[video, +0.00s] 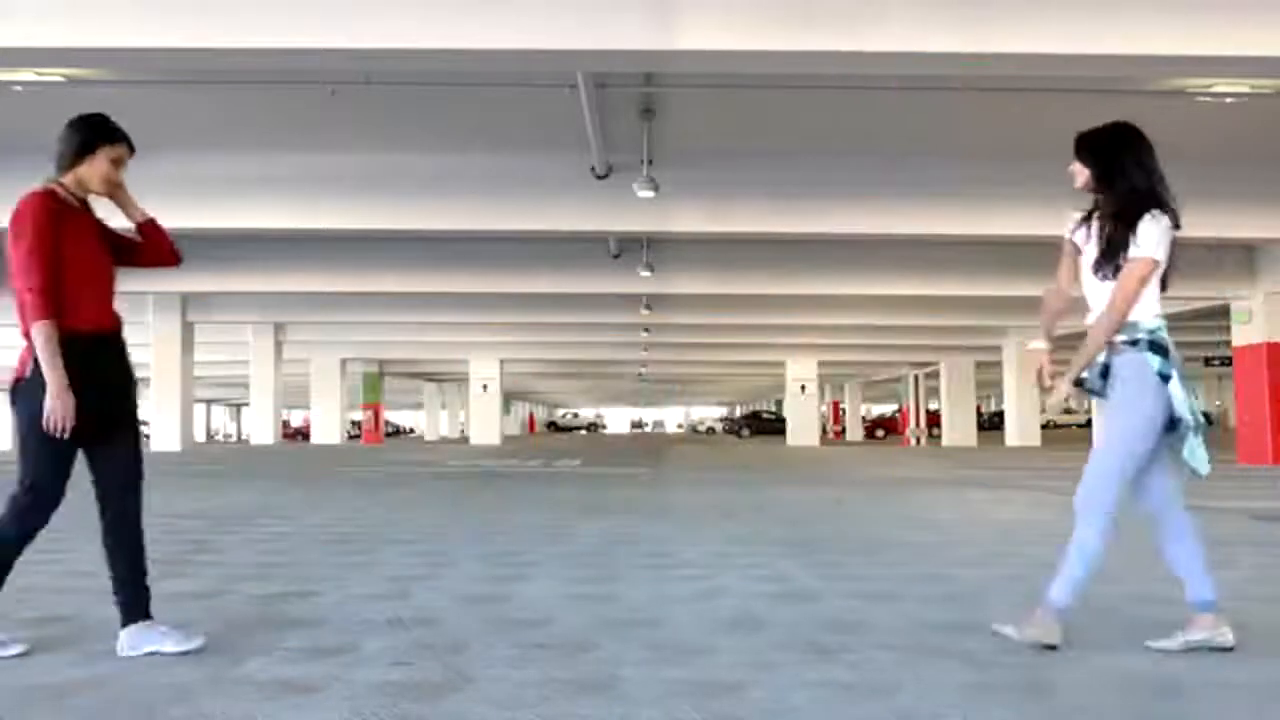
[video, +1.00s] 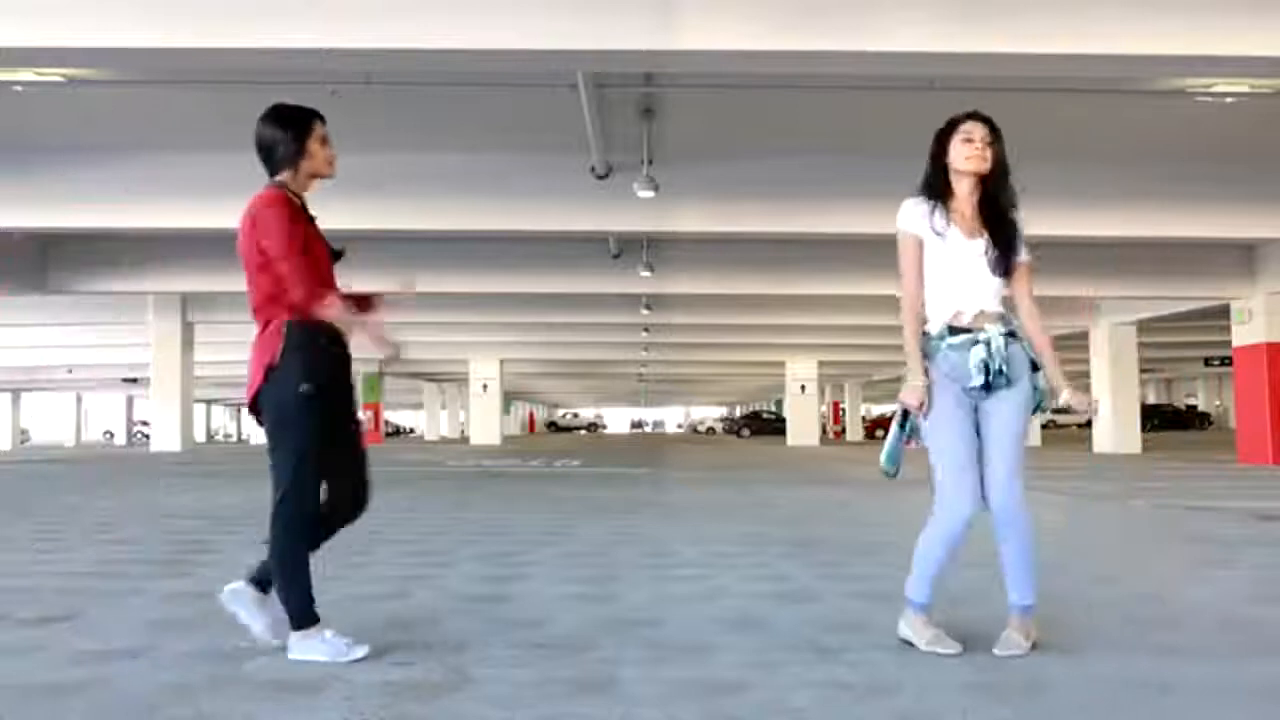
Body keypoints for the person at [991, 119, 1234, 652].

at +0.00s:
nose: (1071, 168)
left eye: (1081, 160)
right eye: (1074, 159)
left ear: (1108, 167)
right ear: (1111, 168)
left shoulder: (1153, 223)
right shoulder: (1083, 227)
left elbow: (1120, 304)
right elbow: (1062, 292)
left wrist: (1075, 368)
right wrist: (1045, 340)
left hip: (1141, 368)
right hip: (1110, 367)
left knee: (1097, 491)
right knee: (1161, 498)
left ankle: (1050, 614)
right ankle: (1206, 616)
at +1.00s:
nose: (976, 148)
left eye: (985, 142)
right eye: (965, 140)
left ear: (996, 158)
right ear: (944, 152)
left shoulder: (1006, 225)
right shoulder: (919, 213)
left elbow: (1025, 306)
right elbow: (911, 298)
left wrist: (1059, 381)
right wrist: (914, 372)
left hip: (1007, 358)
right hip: (943, 359)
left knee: (1005, 493)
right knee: (960, 498)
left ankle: (1022, 618)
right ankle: (915, 612)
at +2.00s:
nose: (930, 164)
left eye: (934, 152)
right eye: (915, 163)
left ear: (949, 158)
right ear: (904, 180)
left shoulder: (952, 226)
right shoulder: (921, 223)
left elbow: (954, 309)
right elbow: (940, 307)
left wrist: (972, 379)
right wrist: (972, 383)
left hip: (958, 365)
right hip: (923, 365)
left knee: (994, 488)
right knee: (936, 492)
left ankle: (971, 615)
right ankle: (916, 615)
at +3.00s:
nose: (920, 160)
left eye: (928, 150)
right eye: (914, 152)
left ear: (956, 150)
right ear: (914, 158)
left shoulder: (991, 215)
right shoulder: (907, 210)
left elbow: (1028, 285)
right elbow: (842, 260)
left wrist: (1014, 329)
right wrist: (866, 323)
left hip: (976, 354)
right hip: (917, 350)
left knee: (986, 490)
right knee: (918, 488)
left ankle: (993, 614)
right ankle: (912, 613)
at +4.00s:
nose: (951, 163)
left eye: (963, 157)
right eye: (954, 153)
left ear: (988, 171)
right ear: (960, 162)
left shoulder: (1023, 230)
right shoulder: (940, 224)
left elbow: (1095, 277)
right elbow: (923, 280)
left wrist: (1047, 323)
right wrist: (936, 330)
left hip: (1012, 371)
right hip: (952, 369)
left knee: (1015, 494)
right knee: (930, 490)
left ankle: (1010, 616)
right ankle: (924, 612)